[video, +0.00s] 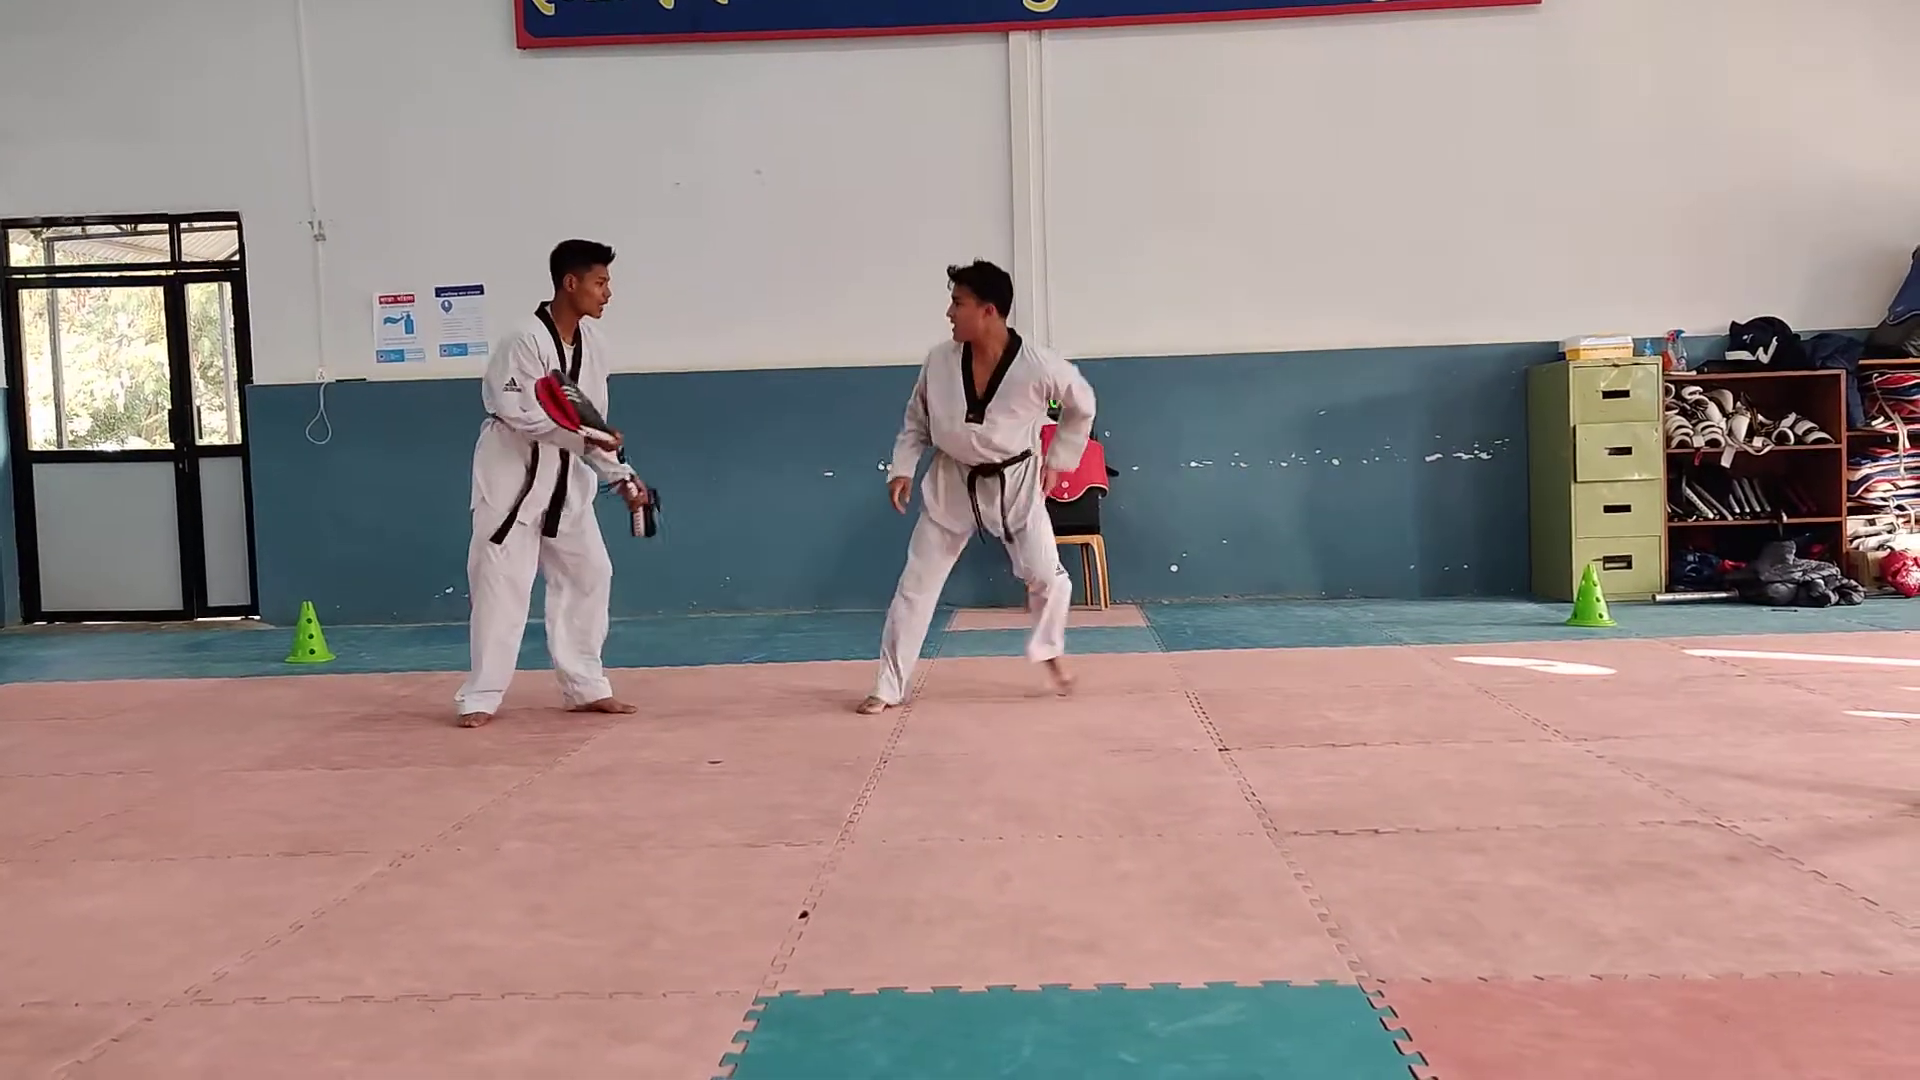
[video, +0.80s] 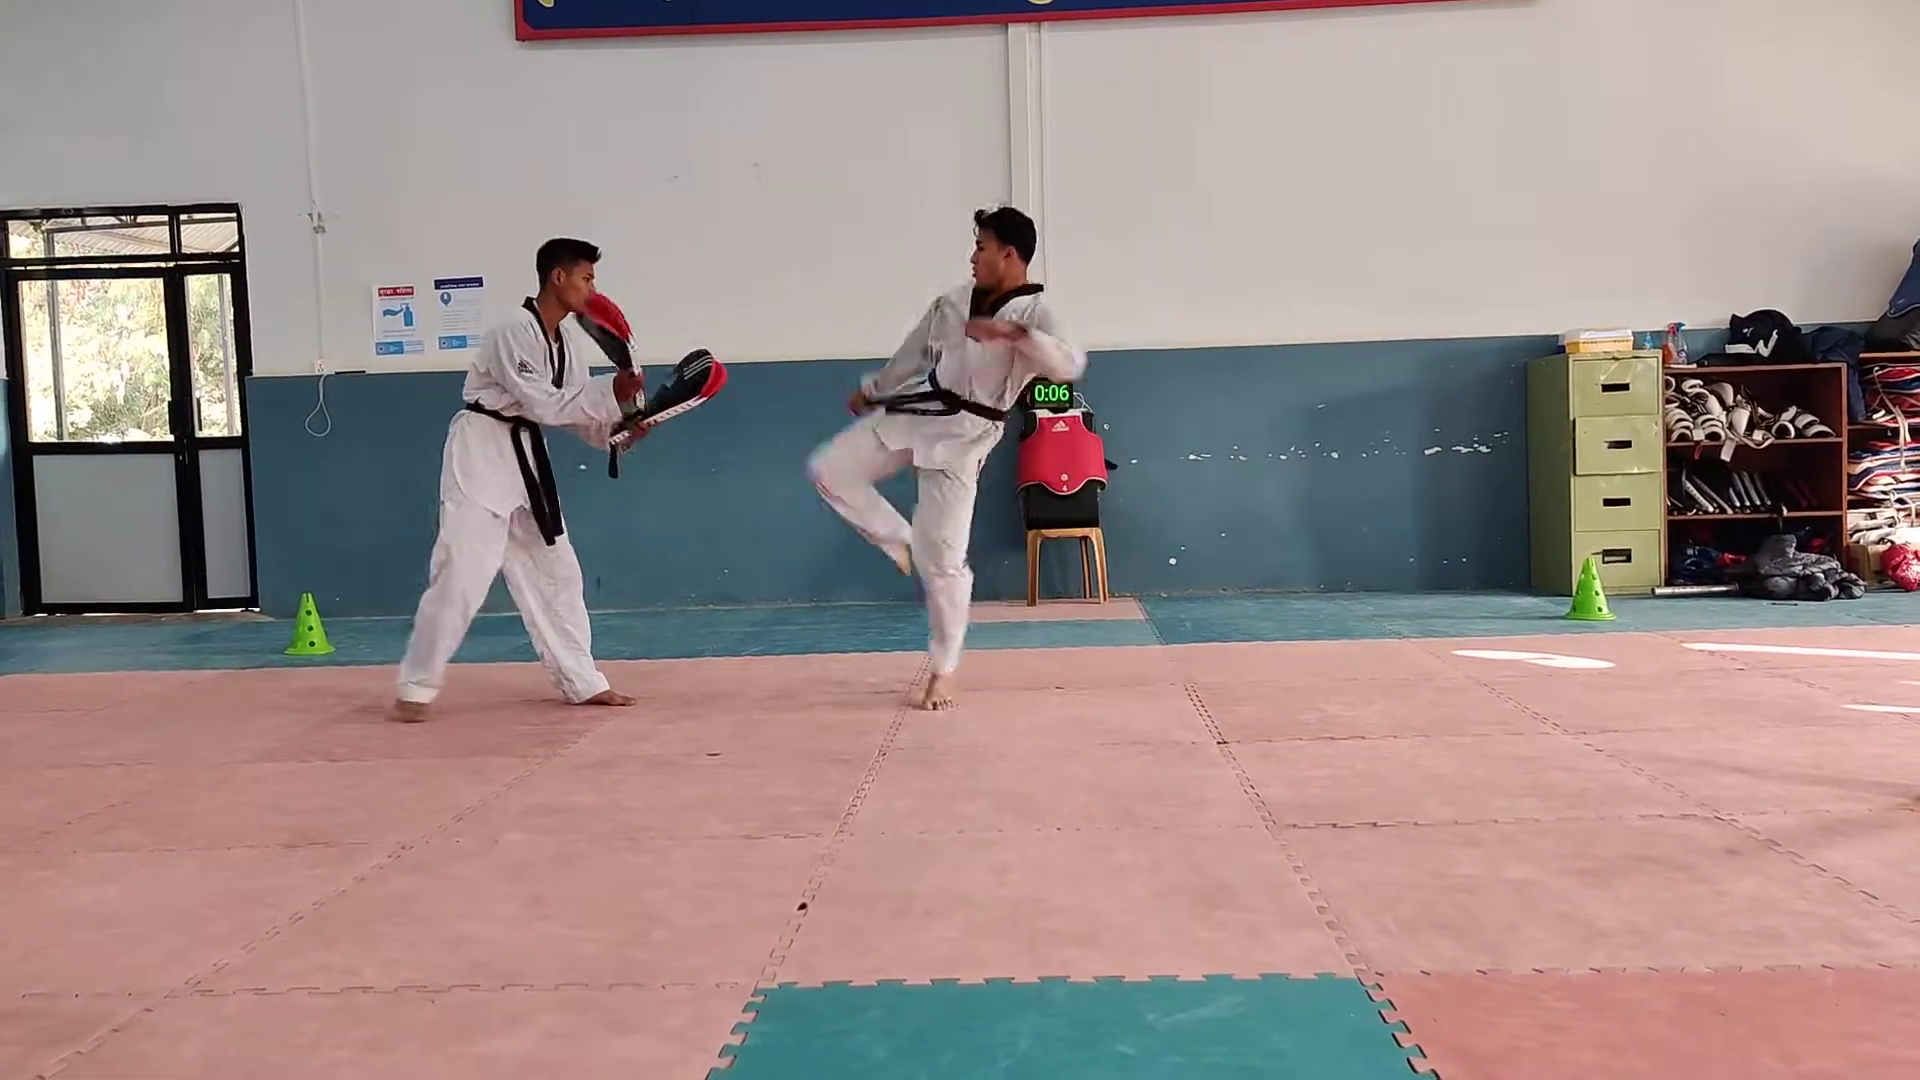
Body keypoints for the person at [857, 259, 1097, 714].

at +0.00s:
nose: (949, 311)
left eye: (957, 302)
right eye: (951, 301)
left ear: (988, 311)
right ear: (980, 311)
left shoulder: (1038, 365)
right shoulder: (940, 360)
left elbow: (1081, 405)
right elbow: (917, 418)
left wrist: (1061, 459)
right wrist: (903, 466)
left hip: (1017, 478)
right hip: (951, 477)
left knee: (1044, 575)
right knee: (914, 586)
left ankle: (1051, 651)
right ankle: (888, 687)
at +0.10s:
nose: (954, 296)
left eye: (963, 287)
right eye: (956, 286)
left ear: (994, 295)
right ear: (988, 294)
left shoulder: (1039, 348)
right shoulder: (954, 351)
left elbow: (1107, 377)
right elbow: (946, 407)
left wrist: (1104, 441)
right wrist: (933, 444)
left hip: (1036, 467)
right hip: (974, 469)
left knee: (1062, 569)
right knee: (943, 571)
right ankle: (932, 672)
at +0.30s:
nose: (972, 307)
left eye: (979, 298)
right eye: (973, 297)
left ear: (1009, 304)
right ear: (1003, 304)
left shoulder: (1057, 359)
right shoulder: (987, 366)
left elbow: (1095, 430)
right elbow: (994, 440)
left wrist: (1122, 498)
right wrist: (983, 495)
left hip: (1070, 480)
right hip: (1013, 486)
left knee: (1111, 584)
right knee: (969, 571)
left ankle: (1168, 661)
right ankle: (962, 675)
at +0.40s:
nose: (971, 291)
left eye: (978, 281)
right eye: (972, 281)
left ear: (1008, 286)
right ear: (1005, 287)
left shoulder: (1055, 342)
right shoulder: (982, 349)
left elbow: (1063, 421)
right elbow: (996, 424)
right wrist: (1001, 484)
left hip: (1066, 459)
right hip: (1008, 463)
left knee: (1099, 571)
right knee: (973, 566)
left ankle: (1153, 658)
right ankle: (956, 668)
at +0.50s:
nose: (969, 291)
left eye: (977, 282)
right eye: (972, 281)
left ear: (1005, 291)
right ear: (1001, 291)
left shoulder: (1045, 351)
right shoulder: (978, 355)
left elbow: (1029, 427)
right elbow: (988, 428)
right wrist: (969, 486)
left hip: (1062, 472)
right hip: (1005, 477)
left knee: (1100, 572)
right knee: (964, 562)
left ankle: (1156, 666)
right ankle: (957, 668)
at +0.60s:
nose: (966, 276)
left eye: (977, 269)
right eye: (971, 267)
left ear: (1004, 283)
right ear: (997, 281)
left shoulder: (1031, 346)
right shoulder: (961, 336)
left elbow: (1040, 428)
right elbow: (935, 390)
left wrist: (976, 448)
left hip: (1032, 468)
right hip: (980, 472)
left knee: (1070, 571)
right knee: (967, 571)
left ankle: (1142, 657)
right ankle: (981, 673)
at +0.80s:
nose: (972, 256)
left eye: (981, 248)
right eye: (974, 247)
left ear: (1012, 256)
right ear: (995, 254)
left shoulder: (1034, 312)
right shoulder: (951, 303)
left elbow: (1068, 367)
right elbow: (910, 357)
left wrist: (1018, 336)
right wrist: (872, 391)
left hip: (963, 432)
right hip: (911, 411)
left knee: (940, 556)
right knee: (830, 469)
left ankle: (941, 669)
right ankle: (904, 543)